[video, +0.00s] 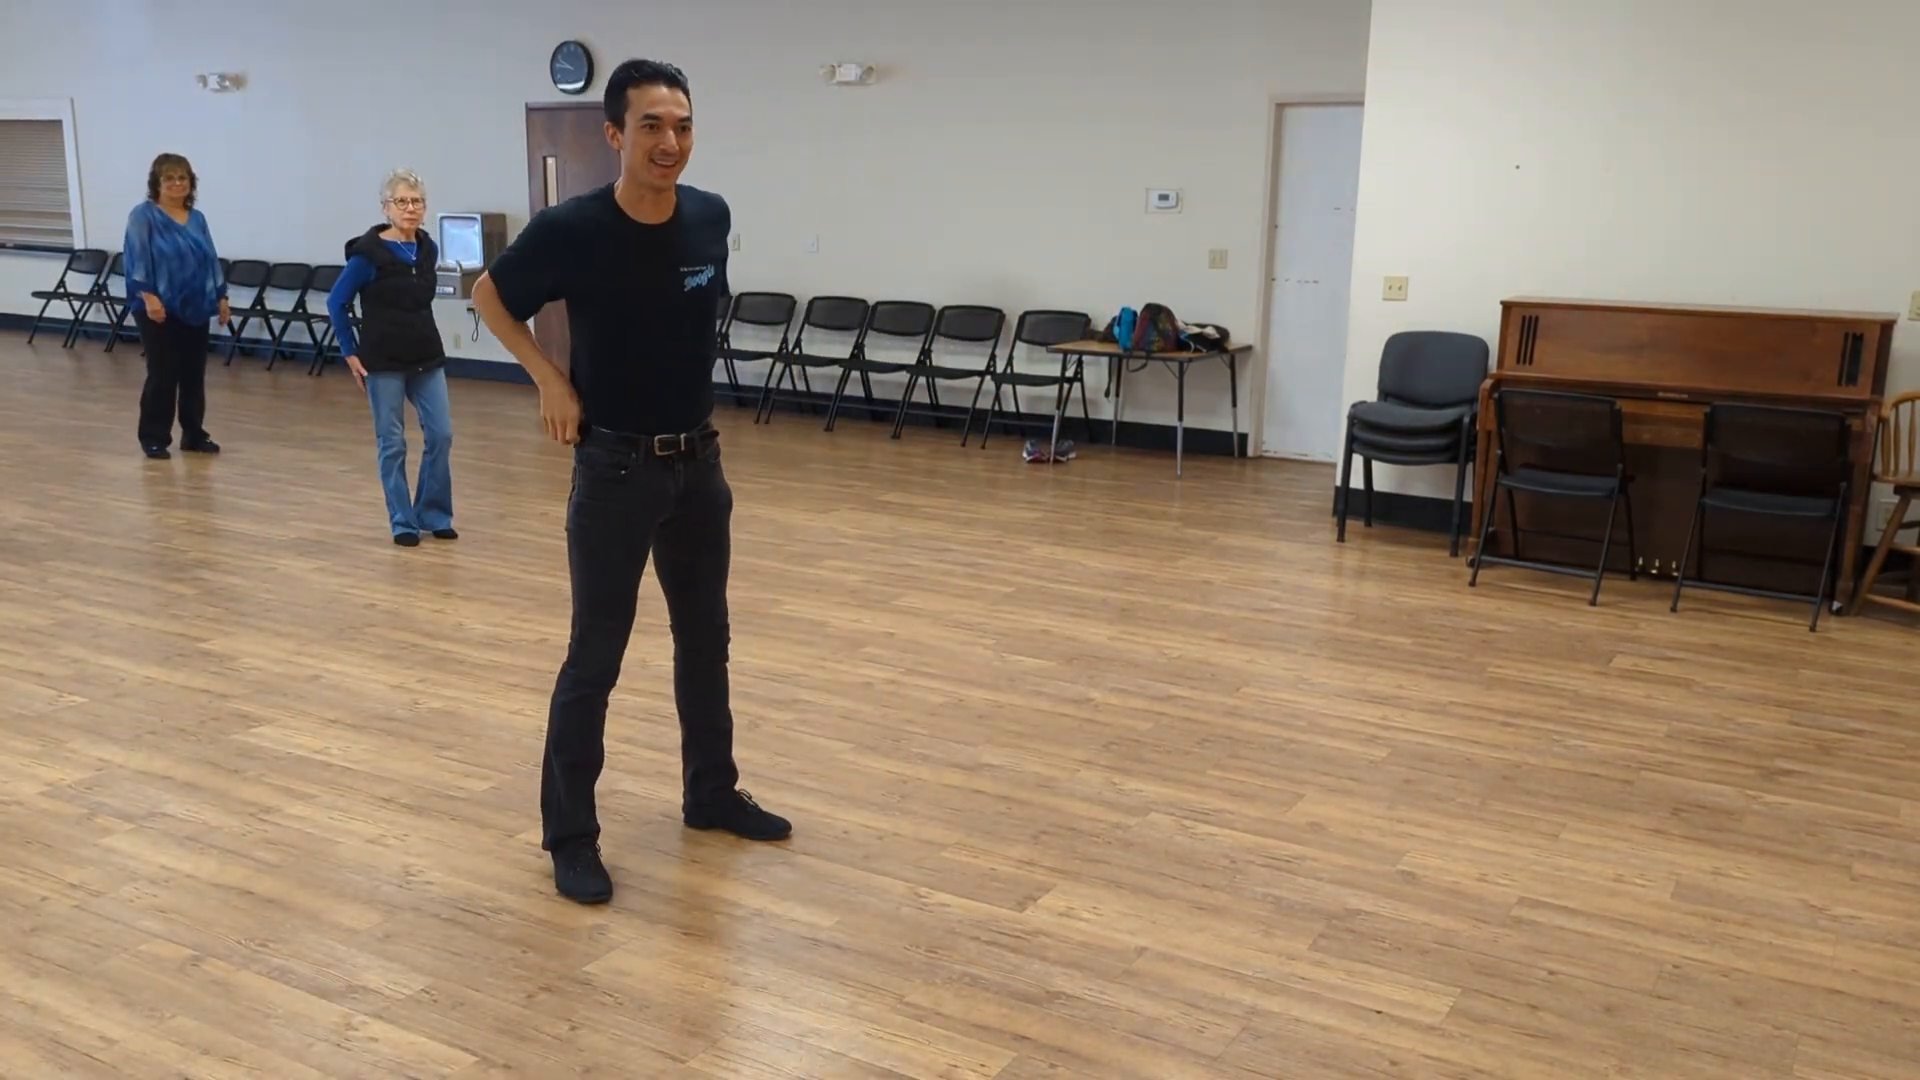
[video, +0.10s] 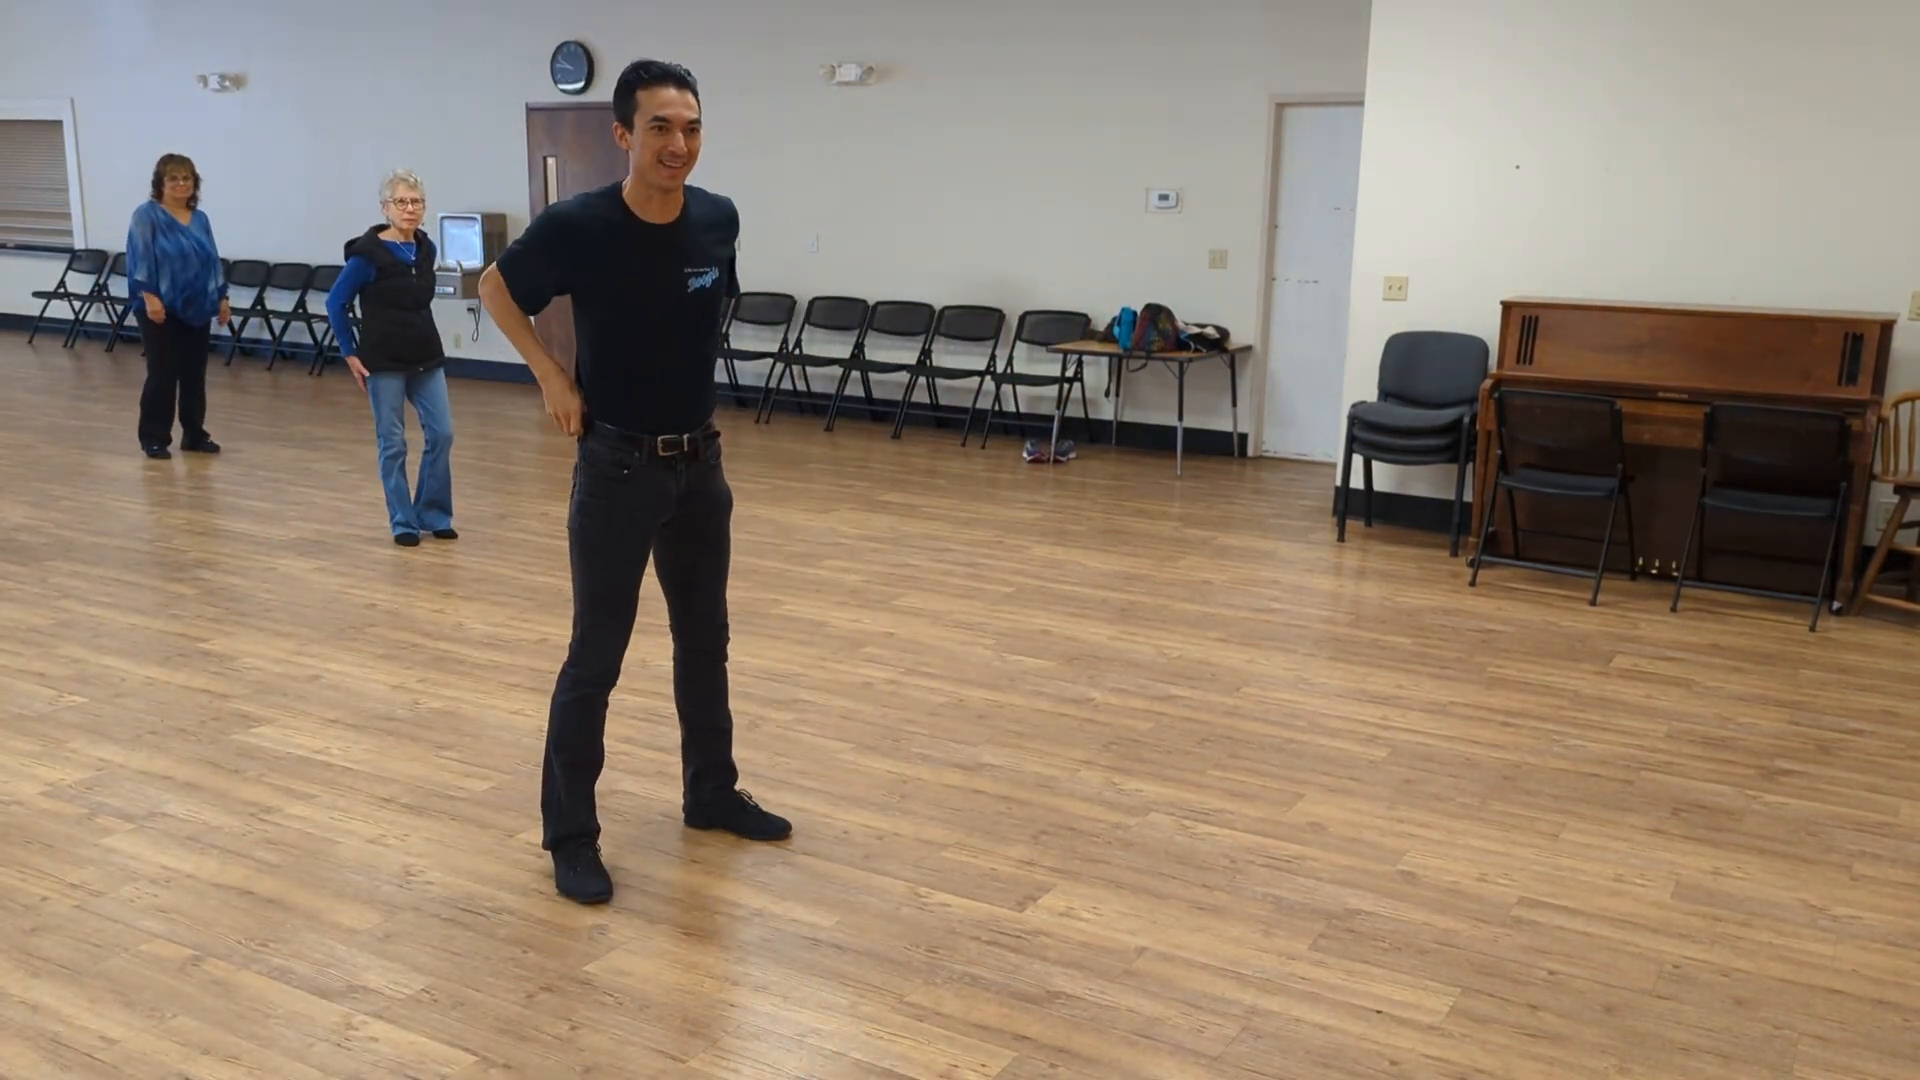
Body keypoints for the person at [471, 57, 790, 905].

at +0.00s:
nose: (671, 141)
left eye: (681, 126)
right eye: (653, 126)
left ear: (694, 136)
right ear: (615, 135)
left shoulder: (708, 217)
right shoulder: (572, 230)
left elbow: (692, 313)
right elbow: (491, 291)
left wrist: (686, 400)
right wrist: (549, 378)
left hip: (696, 466)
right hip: (614, 473)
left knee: (705, 643)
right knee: (594, 661)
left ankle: (711, 794)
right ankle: (571, 839)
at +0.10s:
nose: (679, 142)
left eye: (690, 128)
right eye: (662, 127)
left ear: (702, 138)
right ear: (624, 134)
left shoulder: (716, 219)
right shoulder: (578, 226)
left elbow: (705, 315)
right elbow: (498, 286)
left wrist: (686, 394)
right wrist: (549, 374)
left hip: (697, 467)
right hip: (617, 471)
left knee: (705, 644)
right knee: (595, 660)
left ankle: (711, 795)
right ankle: (572, 839)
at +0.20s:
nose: (684, 143)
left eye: (696, 129)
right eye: (666, 128)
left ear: (708, 137)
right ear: (629, 134)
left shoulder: (720, 221)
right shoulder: (584, 225)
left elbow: (708, 310)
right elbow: (499, 279)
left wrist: (686, 377)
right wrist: (551, 363)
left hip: (698, 464)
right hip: (617, 467)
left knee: (704, 642)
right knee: (593, 657)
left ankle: (711, 794)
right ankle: (572, 838)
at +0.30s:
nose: (688, 142)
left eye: (700, 128)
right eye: (670, 127)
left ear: (711, 138)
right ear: (633, 135)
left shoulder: (722, 222)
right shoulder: (586, 224)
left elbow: (703, 311)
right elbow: (502, 280)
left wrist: (681, 379)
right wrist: (549, 370)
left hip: (698, 466)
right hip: (616, 469)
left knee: (704, 644)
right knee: (592, 658)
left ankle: (711, 794)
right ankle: (571, 838)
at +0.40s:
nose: (689, 143)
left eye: (701, 129)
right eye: (672, 128)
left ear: (713, 138)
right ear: (635, 134)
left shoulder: (724, 225)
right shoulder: (586, 224)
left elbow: (703, 316)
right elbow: (500, 280)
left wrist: (680, 385)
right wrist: (548, 370)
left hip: (698, 468)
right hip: (616, 470)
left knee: (704, 644)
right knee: (592, 660)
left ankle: (710, 795)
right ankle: (571, 838)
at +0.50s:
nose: (690, 143)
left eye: (702, 129)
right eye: (672, 128)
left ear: (713, 139)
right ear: (635, 134)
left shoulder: (723, 223)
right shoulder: (587, 222)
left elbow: (701, 308)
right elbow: (497, 274)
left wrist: (680, 375)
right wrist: (550, 366)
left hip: (698, 466)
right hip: (616, 469)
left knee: (704, 645)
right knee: (591, 660)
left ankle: (710, 794)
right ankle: (571, 838)